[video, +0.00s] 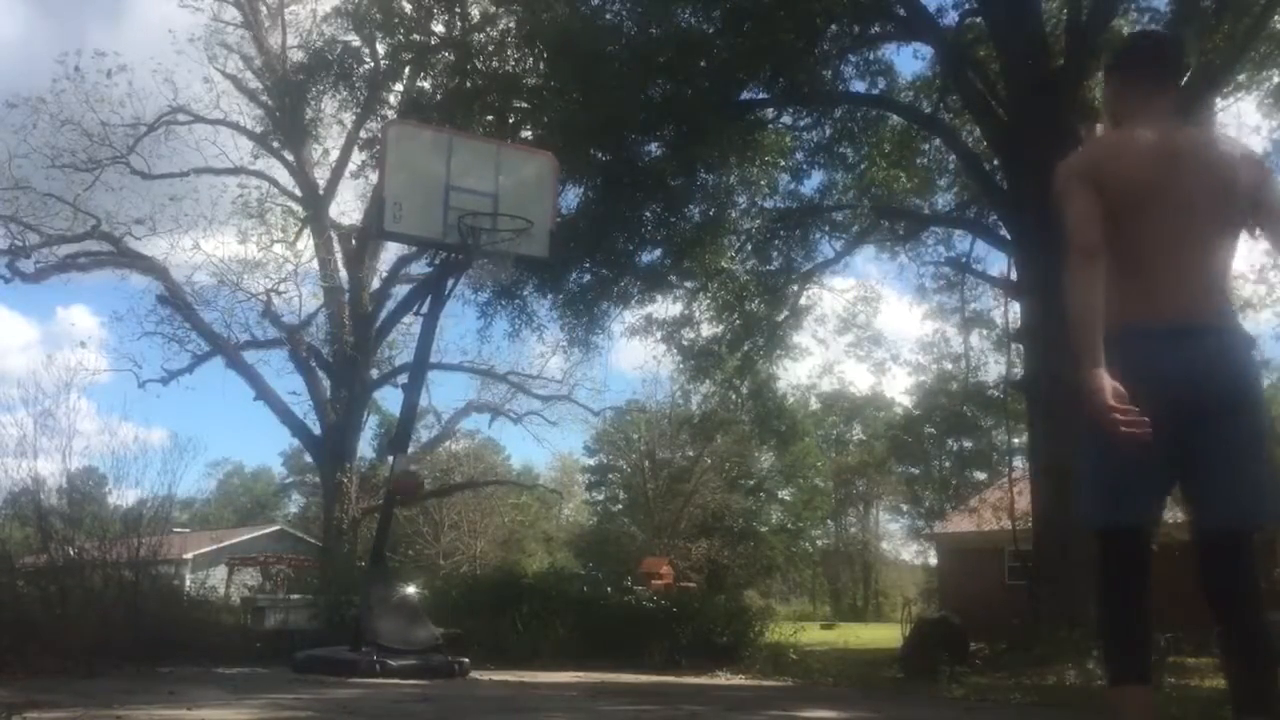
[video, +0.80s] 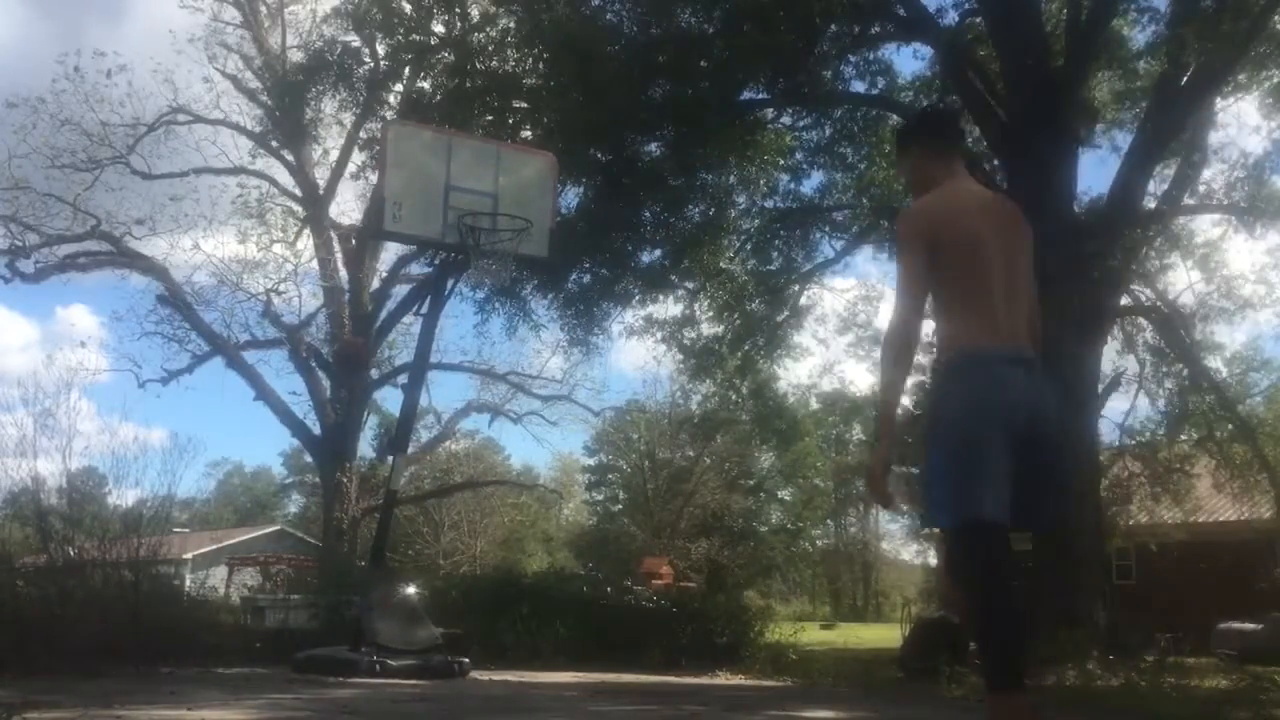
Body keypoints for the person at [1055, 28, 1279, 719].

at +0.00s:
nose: (1110, 99)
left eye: (1111, 88)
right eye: (1114, 88)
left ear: (1116, 88)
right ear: (1178, 86)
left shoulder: (1087, 162)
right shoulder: (1232, 159)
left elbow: (1086, 258)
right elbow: (1278, 230)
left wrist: (1094, 365)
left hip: (1128, 361)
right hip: (1219, 359)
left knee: (1122, 547)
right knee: (1231, 546)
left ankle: (1130, 696)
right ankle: (1255, 699)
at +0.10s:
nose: (1085, 121)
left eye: (1088, 109)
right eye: (1086, 109)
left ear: (1106, 103)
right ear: (1163, 100)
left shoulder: (1081, 169)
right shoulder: (1223, 168)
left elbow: (1081, 268)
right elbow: (1272, 265)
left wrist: (1088, 375)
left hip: (1124, 366)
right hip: (1214, 365)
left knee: (1103, 549)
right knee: (1230, 549)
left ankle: (1103, 699)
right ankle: (1254, 700)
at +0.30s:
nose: (1038, 153)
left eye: (1040, 141)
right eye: (1041, 141)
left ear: (1052, 136)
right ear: (1101, 132)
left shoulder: (1047, 191)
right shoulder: (1165, 194)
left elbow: (1058, 303)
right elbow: (1192, 306)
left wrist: (1065, 424)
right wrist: (1183, 380)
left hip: (1103, 378)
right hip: (1185, 377)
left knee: (1068, 551)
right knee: (1203, 552)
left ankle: (1046, 698)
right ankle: (1243, 703)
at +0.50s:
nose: (972, 178)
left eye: (974, 164)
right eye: (969, 165)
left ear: (998, 155)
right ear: (1040, 153)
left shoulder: (992, 203)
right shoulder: (1096, 206)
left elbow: (997, 316)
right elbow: (1106, 305)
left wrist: (1001, 423)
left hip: (1040, 374)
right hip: (1116, 372)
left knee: (1036, 547)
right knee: (1127, 546)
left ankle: (1025, 693)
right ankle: (1197, 685)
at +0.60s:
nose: (941, 170)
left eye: (943, 157)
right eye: (939, 158)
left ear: (964, 151)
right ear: (1001, 145)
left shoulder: (964, 206)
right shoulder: (1060, 202)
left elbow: (965, 321)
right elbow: (1072, 312)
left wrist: (959, 433)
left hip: (1015, 383)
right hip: (1083, 381)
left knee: (1014, 555)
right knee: (1074, 559)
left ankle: (1018, 701)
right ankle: (1152, 675)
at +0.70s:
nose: (922, 176)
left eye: (923, 164)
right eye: (920, 164)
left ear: (941, 156)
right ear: (981, 150)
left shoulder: (943, 209)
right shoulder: (1037, 209)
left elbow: (935, 312)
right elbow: (1046, 307)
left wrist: (921, 398)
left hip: (991, 379)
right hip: (1053, 379)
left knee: (997, 539)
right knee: (1046, 533)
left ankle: (1011, 690)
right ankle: (1080, 662)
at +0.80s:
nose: (904, 179)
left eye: (905, 168)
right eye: (904, 168)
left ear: (919, 159)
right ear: (957, 155)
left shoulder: (922, 214)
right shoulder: (1011, 213)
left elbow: (906, 326)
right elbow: (1027, 314)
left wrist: (884, 435)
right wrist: (1024, 378)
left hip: (967, 385)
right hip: (1027, 384)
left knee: (976, 541)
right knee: (990, 532)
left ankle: (1007, 694)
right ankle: (1010, 681)